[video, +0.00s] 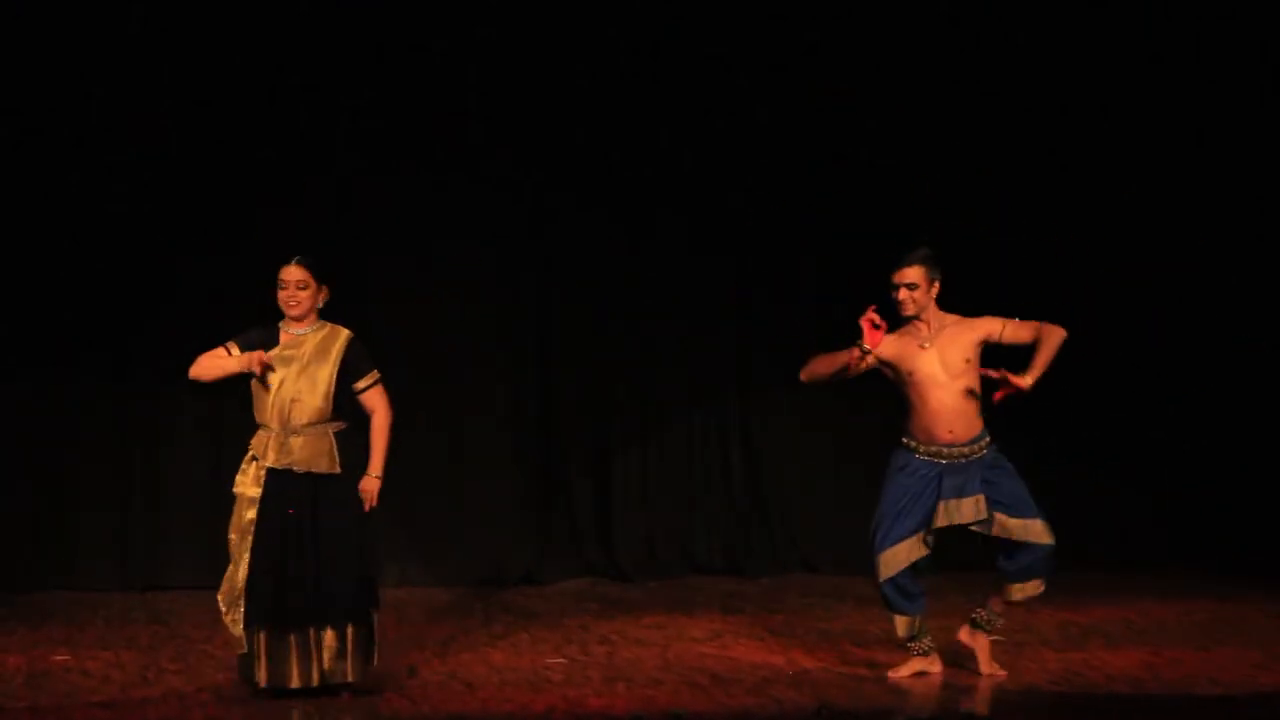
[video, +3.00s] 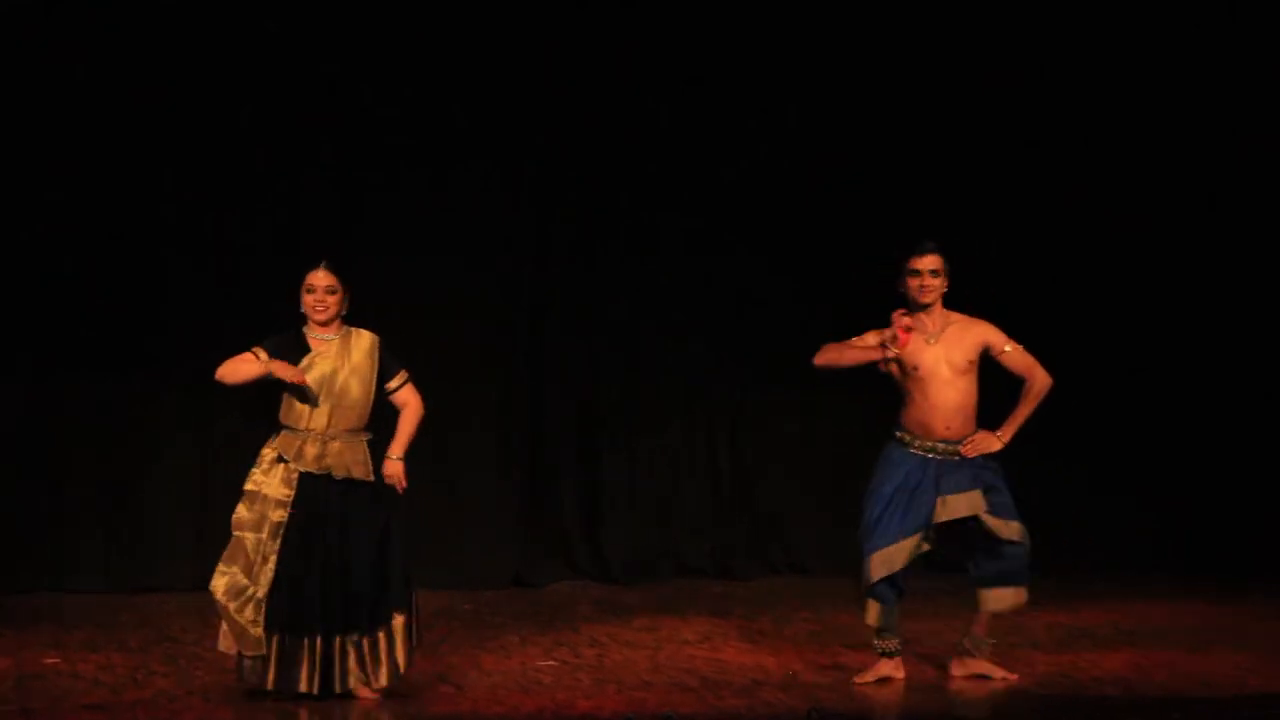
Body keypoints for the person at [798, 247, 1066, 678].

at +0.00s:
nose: (901, 295)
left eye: (910, 287)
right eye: (897, 288)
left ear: (934, 288)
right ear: (894, 292)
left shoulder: (972, 329)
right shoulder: (890, 345)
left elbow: (1052, 333)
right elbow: (809, 374)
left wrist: (1028, 377)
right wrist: (856, 353)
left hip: (979, 457)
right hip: (919, 460)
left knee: (1035, 545)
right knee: (891, 552)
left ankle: (981, 627)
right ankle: (922, 653)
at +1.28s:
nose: (962, 290)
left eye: (969, 283)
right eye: (951, 282)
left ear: (977, 289)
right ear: (934, 289)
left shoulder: (997, 345)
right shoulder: (918, 340)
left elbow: (1059, 388)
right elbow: (850, 364)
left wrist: (1020, 437)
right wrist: (910, 366)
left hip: (990, 463)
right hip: (927, 464)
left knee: (1065, 532)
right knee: (891, 549)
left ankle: (1025, 627)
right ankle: (922, 655)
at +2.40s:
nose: (913, 280)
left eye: (924, 273)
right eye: (908, 272)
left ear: (945, 281)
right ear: (902, 278)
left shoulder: (978, 331)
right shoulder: (891, 334)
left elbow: (1046, 375)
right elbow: (809, 347)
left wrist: (1008, 431)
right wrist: (872, 340)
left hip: (973, 454)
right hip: (915, 456)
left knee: (1028, 545)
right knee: (897, 554)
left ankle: (971, 623)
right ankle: (925, 657)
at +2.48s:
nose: (904, 284)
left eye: (915, 277)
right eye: (900, 276)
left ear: (937, 285)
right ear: (895, 282)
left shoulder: (971, 334)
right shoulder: (884, 339)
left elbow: (1037, 379)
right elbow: (799, 351)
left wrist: (1000, 435)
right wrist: (861, 342)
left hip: (965, 458)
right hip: (908, 458)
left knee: (1008, 545)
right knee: (899, 557)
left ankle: (935, 589)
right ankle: (924, 658)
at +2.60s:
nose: (894, 284)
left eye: (905, 277)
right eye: (890, 276)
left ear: (927, 284)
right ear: (885, 282)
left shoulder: (963, 332)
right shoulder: (875, 340)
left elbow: (1029, 377)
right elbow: (791, 350)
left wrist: (993, 434)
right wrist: (848, 337)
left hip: (955, 459)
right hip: (901, 457)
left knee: (956, 560)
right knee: (894, 555)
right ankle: (921, 656)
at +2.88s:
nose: (904, 287)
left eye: (914, 279)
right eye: (896, 279)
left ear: (930, 286)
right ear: (887, 285)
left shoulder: (964, 335)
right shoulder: (875, 343)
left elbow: (1026, 384)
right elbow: (801, 358)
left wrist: (990, 438)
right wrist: (863, 344)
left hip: (951, 462)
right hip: (896, 458)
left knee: (986, 555)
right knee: (871, 557)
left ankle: (912, 610)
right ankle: (884, 658)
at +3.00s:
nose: (925, 282)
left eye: (934, 274)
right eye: (915, 274)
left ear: (946, 281)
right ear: (903, 281)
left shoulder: (976, 331)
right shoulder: (893, 336)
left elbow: (1039, 379)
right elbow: (822, 358)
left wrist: (1003, 435)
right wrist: (881, 345)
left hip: (967, 457)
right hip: (909, 455)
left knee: (1006, 549)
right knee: (883, 549)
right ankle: (889, 658)